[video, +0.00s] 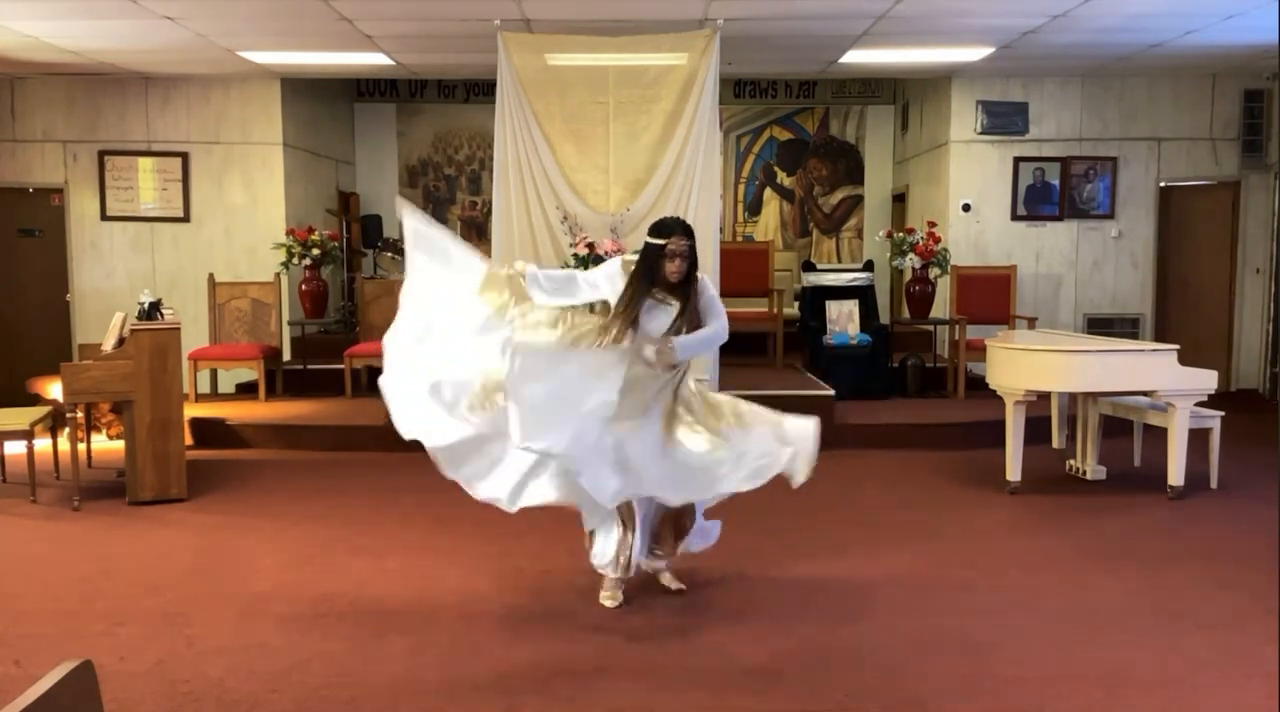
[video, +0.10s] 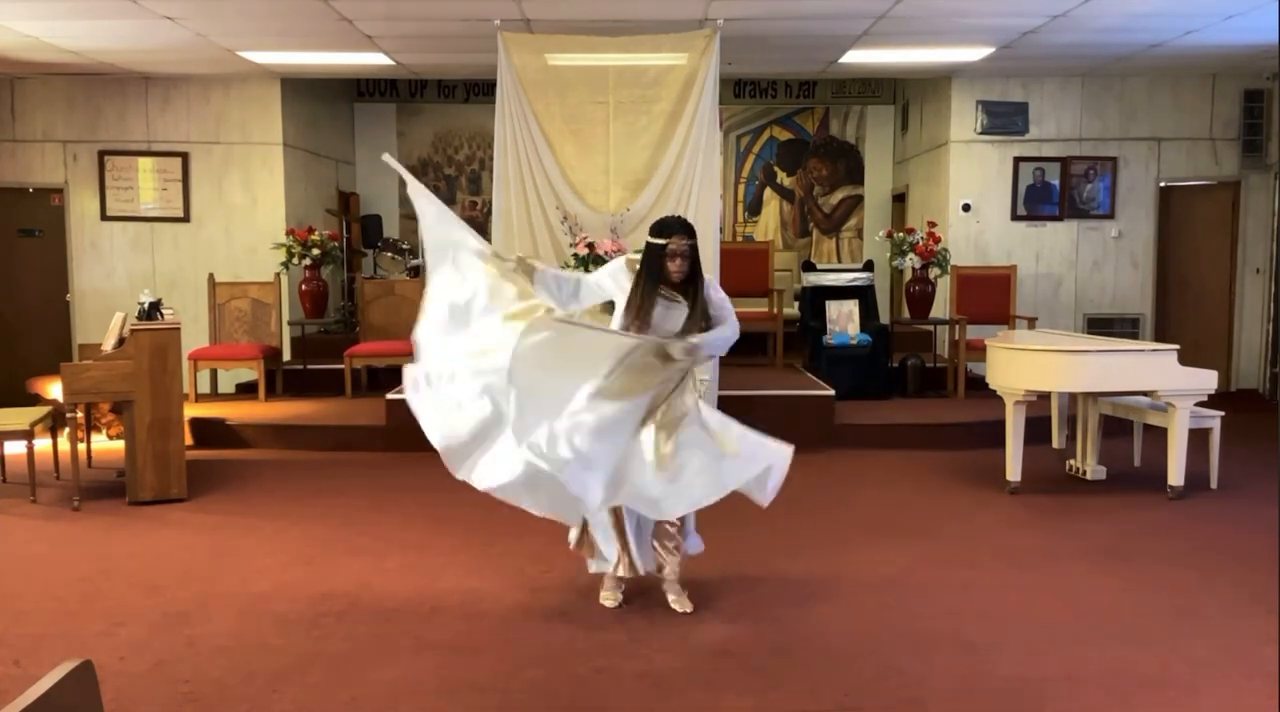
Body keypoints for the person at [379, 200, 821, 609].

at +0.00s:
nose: (676, 265)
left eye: (683, 257)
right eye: (667, 257)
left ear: (692, 258)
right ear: (651, 256)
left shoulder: (697, 289)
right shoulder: (626, 279)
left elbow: (720, 331)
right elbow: (572, 283)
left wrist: (675, 349)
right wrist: (520, 275)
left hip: (670, 396)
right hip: (619, 395)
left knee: (684, 482)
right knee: (612, 480)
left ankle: (659, 557)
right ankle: (613, 572)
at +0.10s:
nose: (679, 265)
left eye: (686, 256)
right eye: (670, 257)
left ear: (694, 256)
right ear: (653, 256)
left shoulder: (704, 289)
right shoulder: (627, 279)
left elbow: (730, 330)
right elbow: (577, 287)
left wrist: (690, 350)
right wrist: (528, 270)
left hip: (677, 393)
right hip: (625, 390)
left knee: (673, 477)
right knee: (609, 474)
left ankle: (670, 574)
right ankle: (619, 563)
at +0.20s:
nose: (678, 269)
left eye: (685, 261)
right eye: (669, 261)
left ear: (695, 263)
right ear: (654, 262)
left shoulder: (705, 299)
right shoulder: (627, 291)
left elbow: (739, 333)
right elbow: (585, 315)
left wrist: (718, 361)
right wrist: (544, 305)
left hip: (682, 406)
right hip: (626, 404)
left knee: (682, 488)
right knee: (602, 482)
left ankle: (672, 578)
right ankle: (608, 572)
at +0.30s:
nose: (670, 274)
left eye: (679, 267)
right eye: (662, 266)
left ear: (692, 269)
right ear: (649, 268)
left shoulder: (707, 309)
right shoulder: (626, 305)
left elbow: (741, 351)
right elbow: (585, 352)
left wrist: (752, 379)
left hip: (691, 417)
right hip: (632, 418)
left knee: (685, 499)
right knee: (586, 491)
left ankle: (677, 586)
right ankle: (595, 578)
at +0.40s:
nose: (653, 274)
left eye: (662, 266)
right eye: (646, 266)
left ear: (681, 270)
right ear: (638, 269)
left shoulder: (697, 311)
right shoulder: (622, 314)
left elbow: (730, 351)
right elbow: (609, 369)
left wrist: (757, 381)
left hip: (690, 433)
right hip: (638, 433)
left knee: (687, 512)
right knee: (609, 508)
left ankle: (676, 590)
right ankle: (571, 574)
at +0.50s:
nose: (635, 274)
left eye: (644, 267)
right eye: (631, 266)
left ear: (666, 272)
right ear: (627, 270)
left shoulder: (683, 312)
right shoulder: (617, 313)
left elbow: (719, 345)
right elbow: (602, 363)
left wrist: (757, 373)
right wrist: (631, 387)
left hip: (682, 421)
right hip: (632, 422)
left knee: (673, 507)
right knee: (618, 506)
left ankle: (669, 592)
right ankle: (579, 590)